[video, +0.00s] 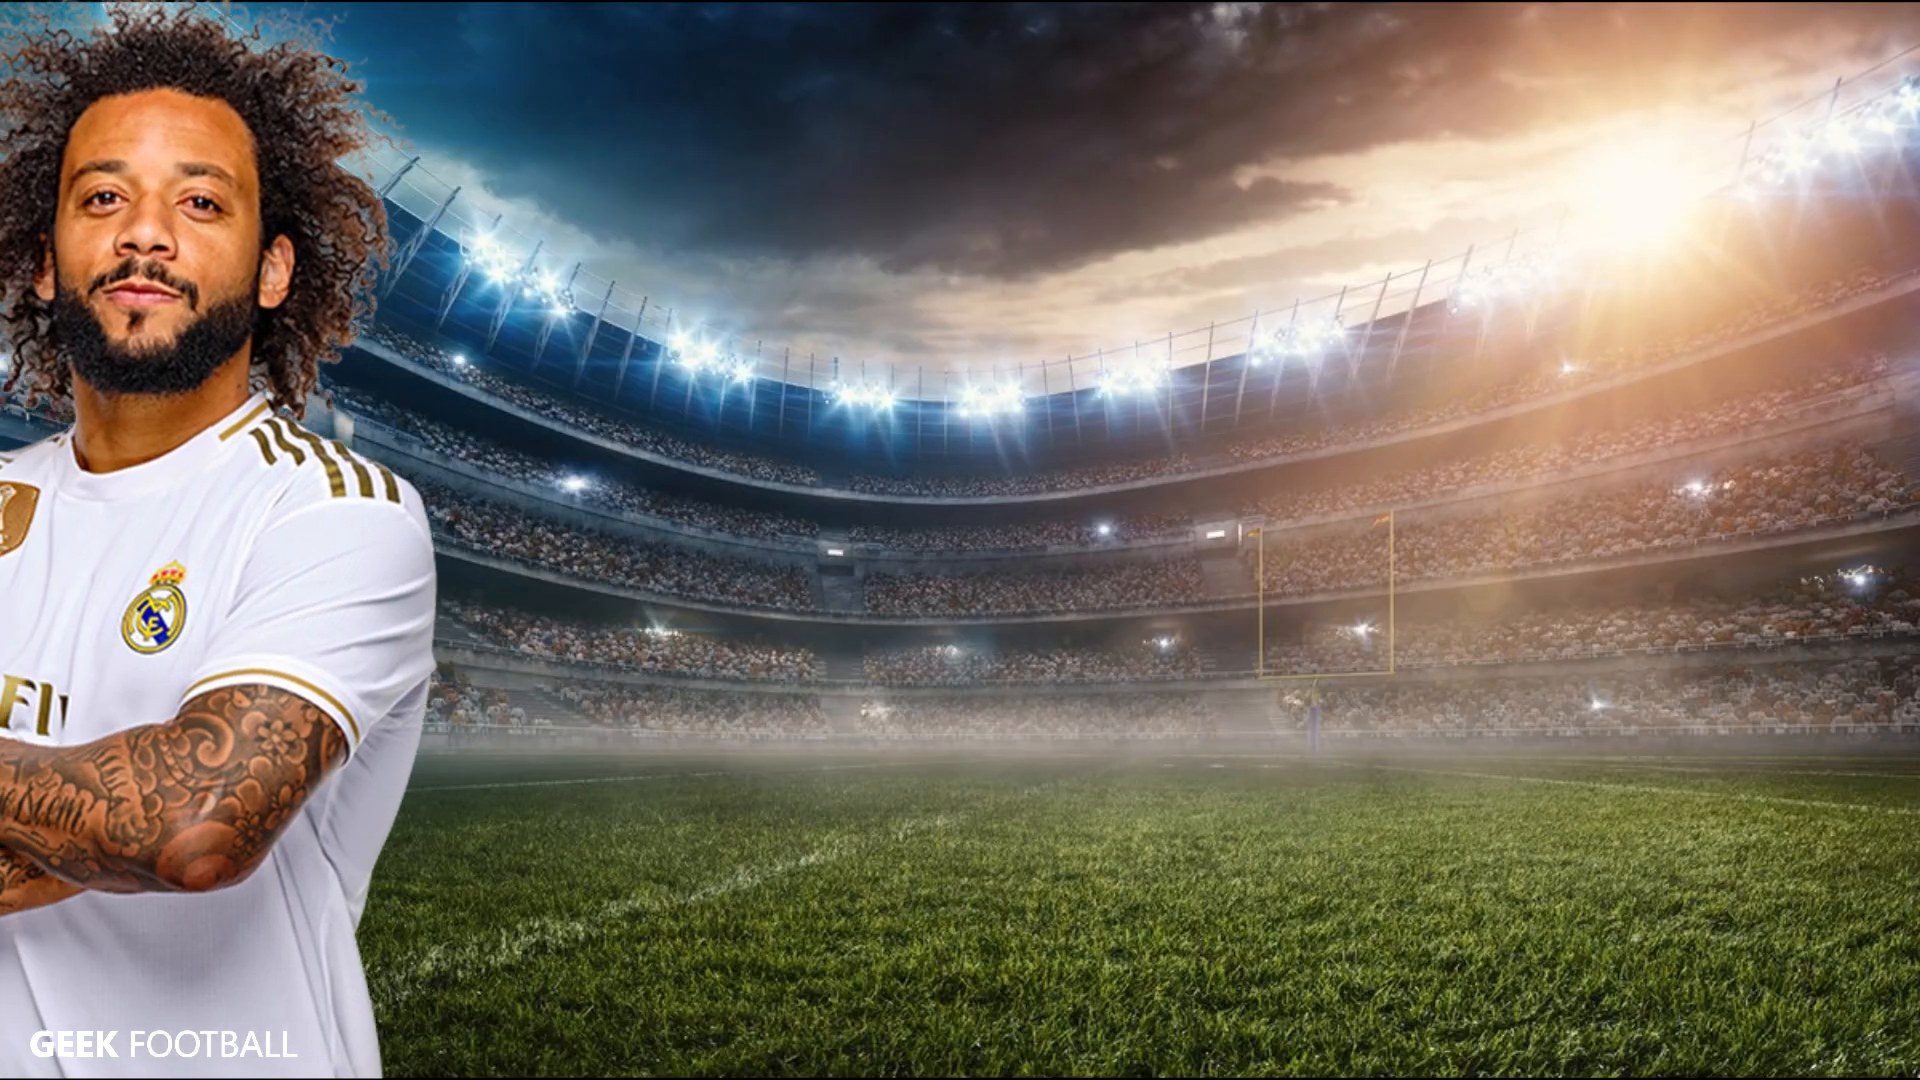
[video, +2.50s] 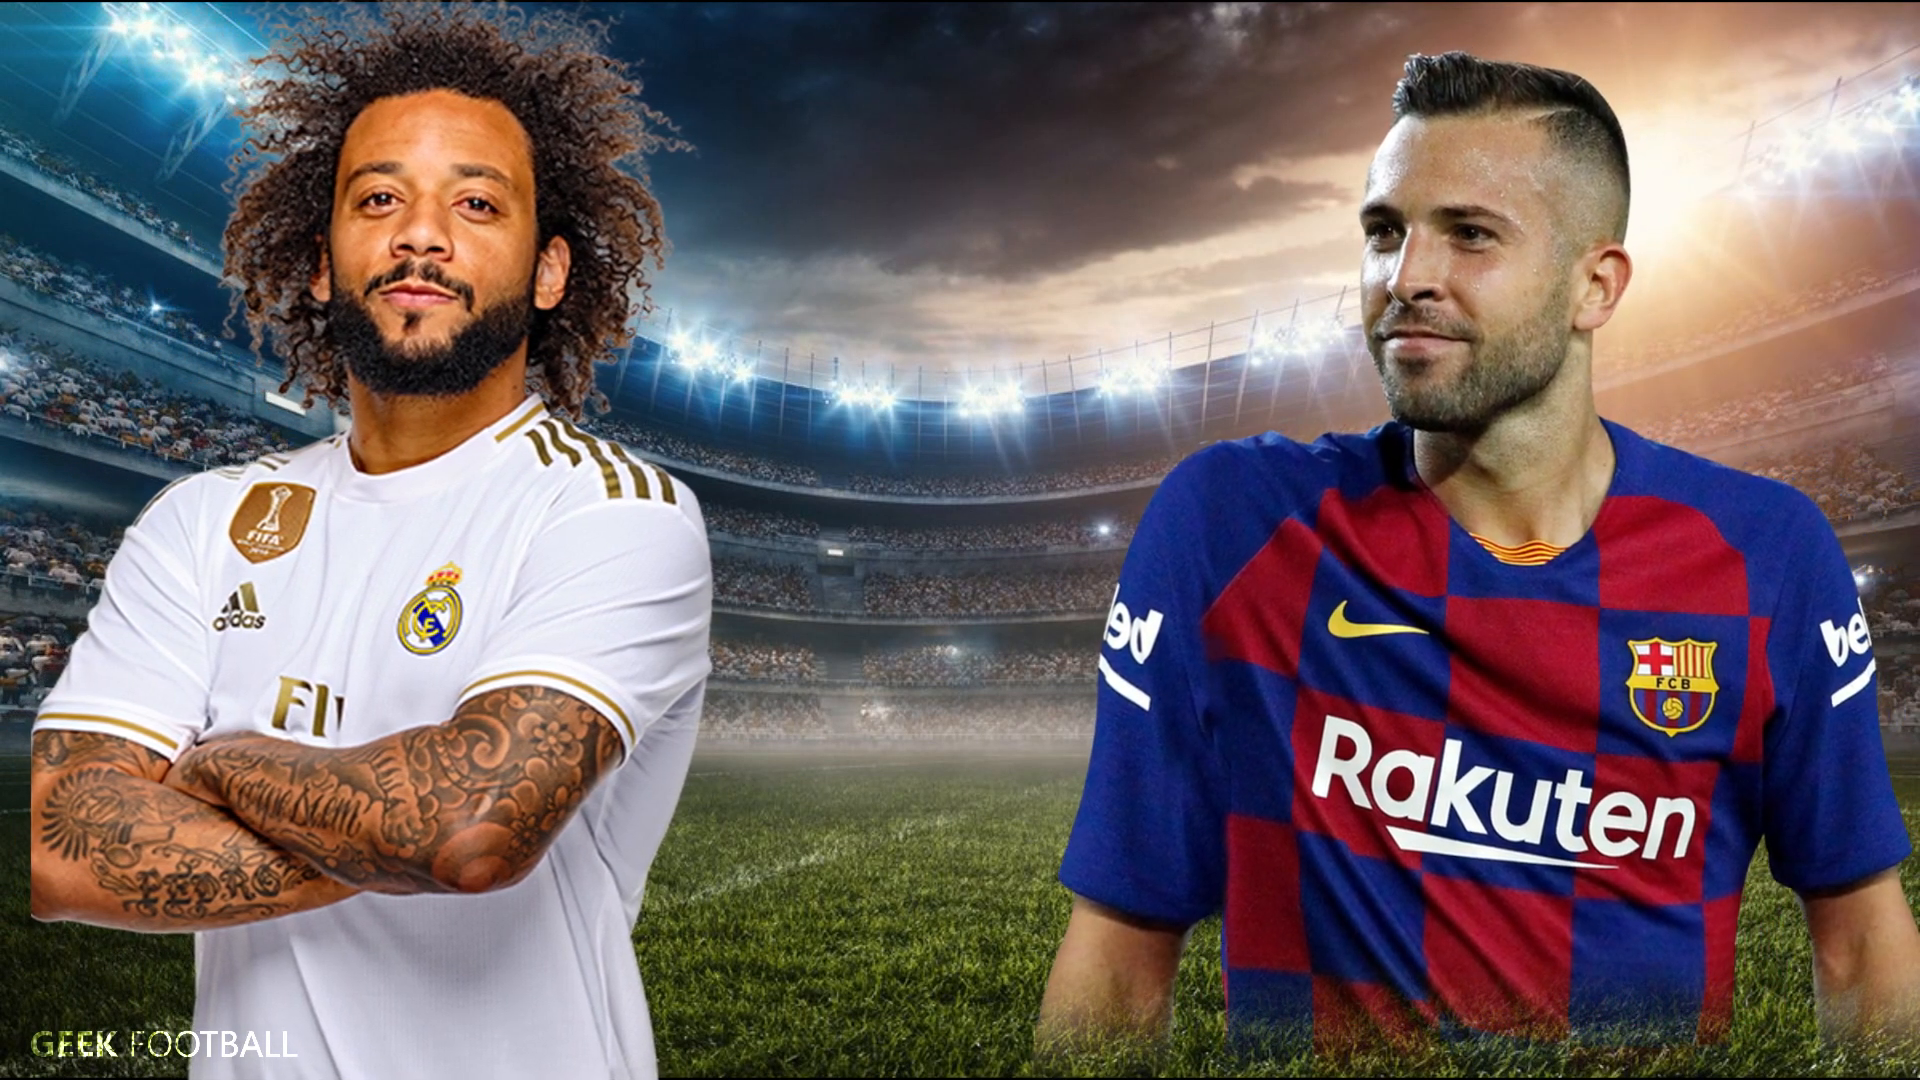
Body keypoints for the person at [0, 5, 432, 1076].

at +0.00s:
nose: (144, 233)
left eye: (199, 200)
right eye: (102, 199)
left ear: (269, 268)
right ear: (50, 260)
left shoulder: (343, 515)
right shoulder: (6, 499)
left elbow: (196, 821)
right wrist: (127, 808)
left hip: (254, 1060)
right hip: (23, 1056)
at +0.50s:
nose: (350, 238)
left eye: (406, 202)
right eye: (308, 200)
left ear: (476, 271)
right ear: (256, 259)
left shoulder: (552, 518)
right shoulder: (130, 521)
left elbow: (403, 824)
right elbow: (15, 853)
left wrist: (147, 761)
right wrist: (322, 829)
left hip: (459, 1064)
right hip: (181, 1063)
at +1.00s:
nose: (399, 238)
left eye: (454, 203)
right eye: (355, 199)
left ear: (522, 273)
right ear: (302, 259)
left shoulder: (598, 518)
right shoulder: (176, 523)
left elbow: (451, 825)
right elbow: (42, 852)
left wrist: (186, 761)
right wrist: (370, 830)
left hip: (507, 1063)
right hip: (226, 1061)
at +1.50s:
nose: (420, 238)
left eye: (476, 204)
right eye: (377, 199)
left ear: (544, 273)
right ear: (323, 259)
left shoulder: (619, 518)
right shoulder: (198, 522)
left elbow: (473, 825)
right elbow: (71, 856)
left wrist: (208, 761)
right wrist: (394, 829)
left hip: (530, 1063)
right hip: (249, 1062)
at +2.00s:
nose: (426, 238)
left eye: (482, 203)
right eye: (383, 199)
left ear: (549, 273)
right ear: (329, 260)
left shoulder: (624, 518)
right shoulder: (203, 523)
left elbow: (478, 825)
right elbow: (77, 856)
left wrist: (214, 761)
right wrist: (400, 829)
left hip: (535, 1063)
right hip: (256, 1063)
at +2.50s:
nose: (422, 238)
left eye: (478, 204)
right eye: (379, 199)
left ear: (546, 273)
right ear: (325, 260)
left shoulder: (621, 518)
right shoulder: (201, 522)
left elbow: (475, 825)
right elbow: (73, 856)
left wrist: (210, 761)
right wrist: (396, 829)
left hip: (531, 1063)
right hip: (252, 1062)